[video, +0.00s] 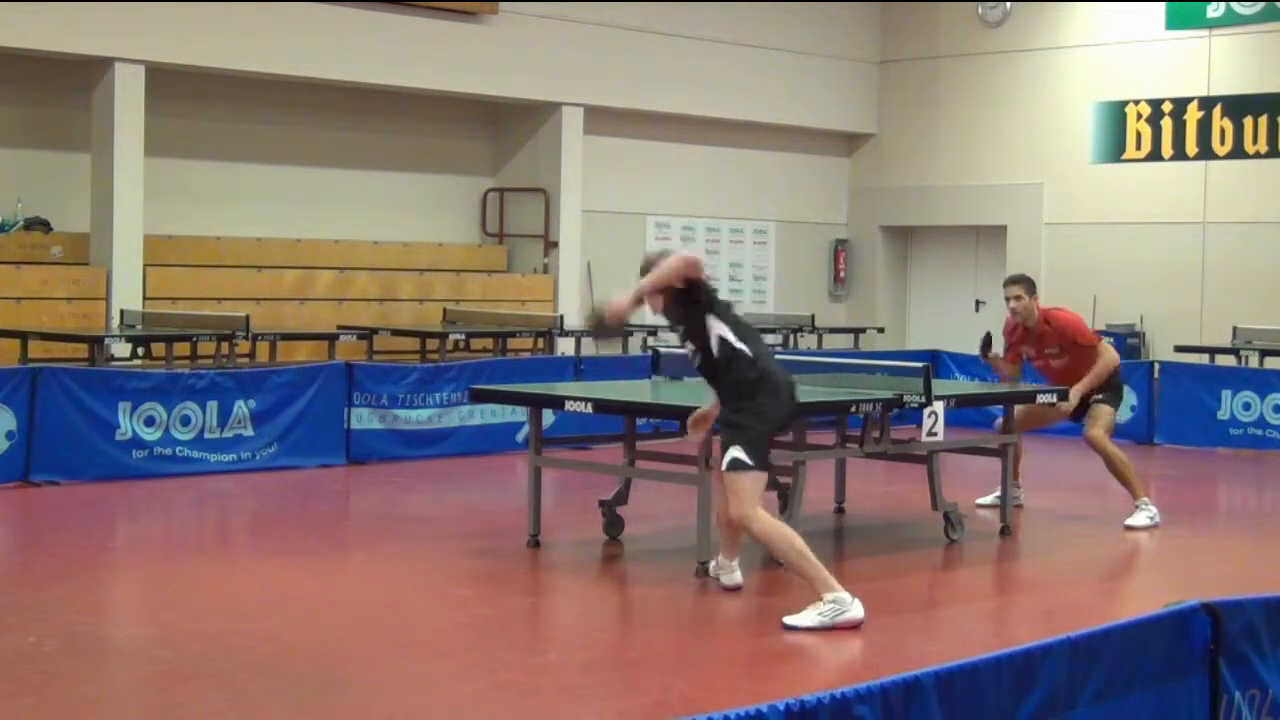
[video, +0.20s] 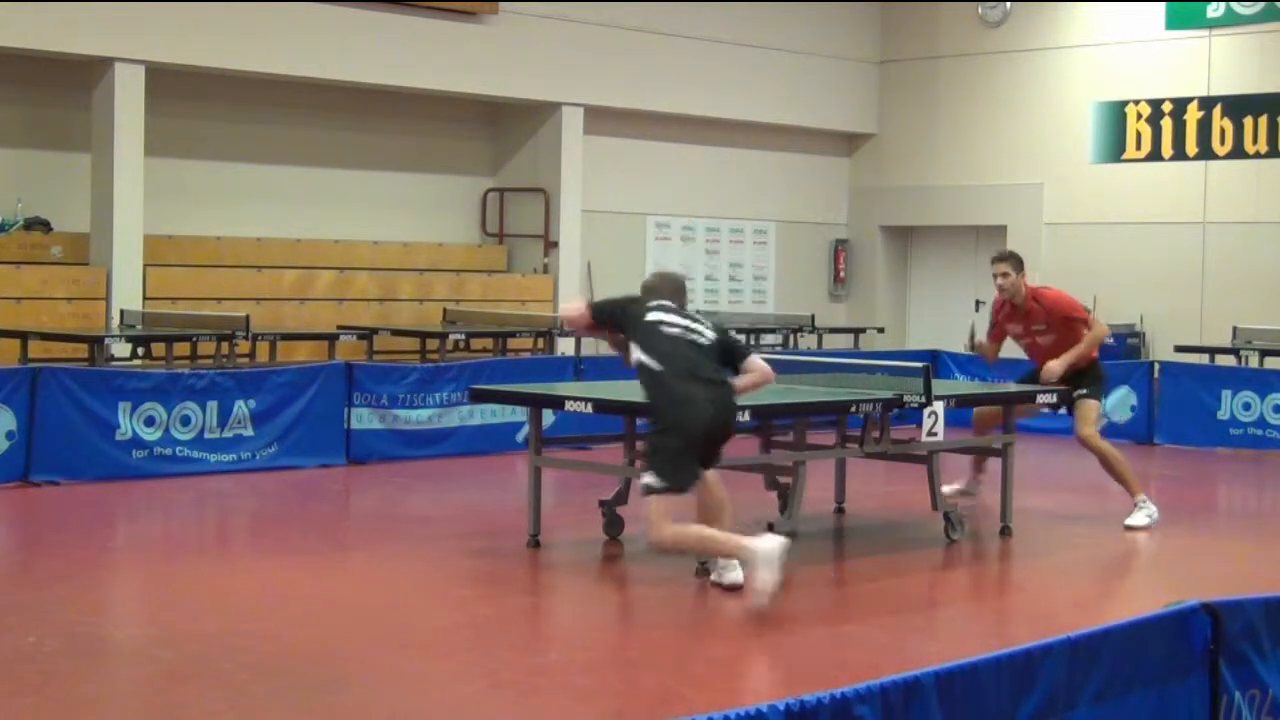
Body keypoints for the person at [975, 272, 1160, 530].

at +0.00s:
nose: (1012, 306)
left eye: (1017, 299)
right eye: (1008, 300)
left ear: (1034, 299)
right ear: (1005, 303)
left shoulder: (1063, 322)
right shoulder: (1013, 328)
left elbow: (1111, 357)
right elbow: (1013, 375)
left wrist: (1078, 391)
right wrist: (995, 361)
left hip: (1101, 383)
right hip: (1065, 388)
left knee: (1095, 435)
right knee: (1009, 425)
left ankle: (1145, 506)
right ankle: (1011, 490)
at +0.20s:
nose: (999, 282)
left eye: (1005, 276)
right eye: (995, 277)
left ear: (1022, 276)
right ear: (993, 279)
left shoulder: (1051, 299)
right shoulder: (1001, 307)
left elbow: (1100, 329)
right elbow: (992, 355)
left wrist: (1063, 362)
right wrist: (980, 348)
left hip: (1084, 370)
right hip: (1046, 371)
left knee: (1086, 434)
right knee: (984, 416)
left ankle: (1143, 504)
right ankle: (973, 484)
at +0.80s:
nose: (1022, 281)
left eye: (1025, 274)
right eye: (1020, 275)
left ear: (1043, 269)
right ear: (1039, 271)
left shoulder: (1076, 290)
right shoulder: (1052, 308)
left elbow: (1112, 322)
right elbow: (1041, 352)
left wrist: (1077, 350)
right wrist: (997, 345)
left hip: (1099, 386)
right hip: (1072, 388)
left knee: (1083, 454)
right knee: (1002, 422)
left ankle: (1144, 503)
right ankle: (994, 486)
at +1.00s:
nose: (1050, 271)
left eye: (1057, 265)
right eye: (1048, 266)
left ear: (1076, 266)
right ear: (1047, 269)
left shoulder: (1105, 296)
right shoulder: (1052, 302)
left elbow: (1146, 333)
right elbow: (1027, 323)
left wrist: (1117, 347)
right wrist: (1029, 295)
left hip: (1112, 389)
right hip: (1078, 391)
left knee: (1097, 441)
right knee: (1016, 431)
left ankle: (1147, 506)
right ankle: (1039, 490)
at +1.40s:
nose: (1045, 260)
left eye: (1051, 253)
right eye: (1042, 255)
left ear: (1068, 254)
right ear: (1041, 257)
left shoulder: (1098, 279)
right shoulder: (1046, 290)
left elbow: (1132, 316)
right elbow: (1030, 334)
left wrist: (1086, 330)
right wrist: (1018, 327)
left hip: (1131, 358)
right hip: (1096, 361)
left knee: (1133, 421)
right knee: (1040, 403)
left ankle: (1176, 498)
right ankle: (1026, 473)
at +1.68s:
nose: (1041, 290)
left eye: (1046, 284)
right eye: (1038, 285)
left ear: (1064, 283)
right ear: (1041, 288)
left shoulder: (1076, 308)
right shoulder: (1064, 312)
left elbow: (1071, 363)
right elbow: (1056, 354)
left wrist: (1043, 382)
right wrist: (1020, 355)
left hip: (1130, 385)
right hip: (1100, 389)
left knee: (1139, 447)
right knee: (1042, 427)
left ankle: (1203, 501)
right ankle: (1033, 482)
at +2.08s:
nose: (1051, 277)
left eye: (1056, 272)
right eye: (1051, 272)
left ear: (1076, 272)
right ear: (1065, 274)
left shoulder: (1105, 297)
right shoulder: (1059, 314)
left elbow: (1147, 315)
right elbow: (1022, 331)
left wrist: (1170, 333)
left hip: (1131, 383)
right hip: (1099, 388)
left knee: (1139, 445)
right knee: (1036, 421)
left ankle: (1204, 501)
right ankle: (1033, 482)